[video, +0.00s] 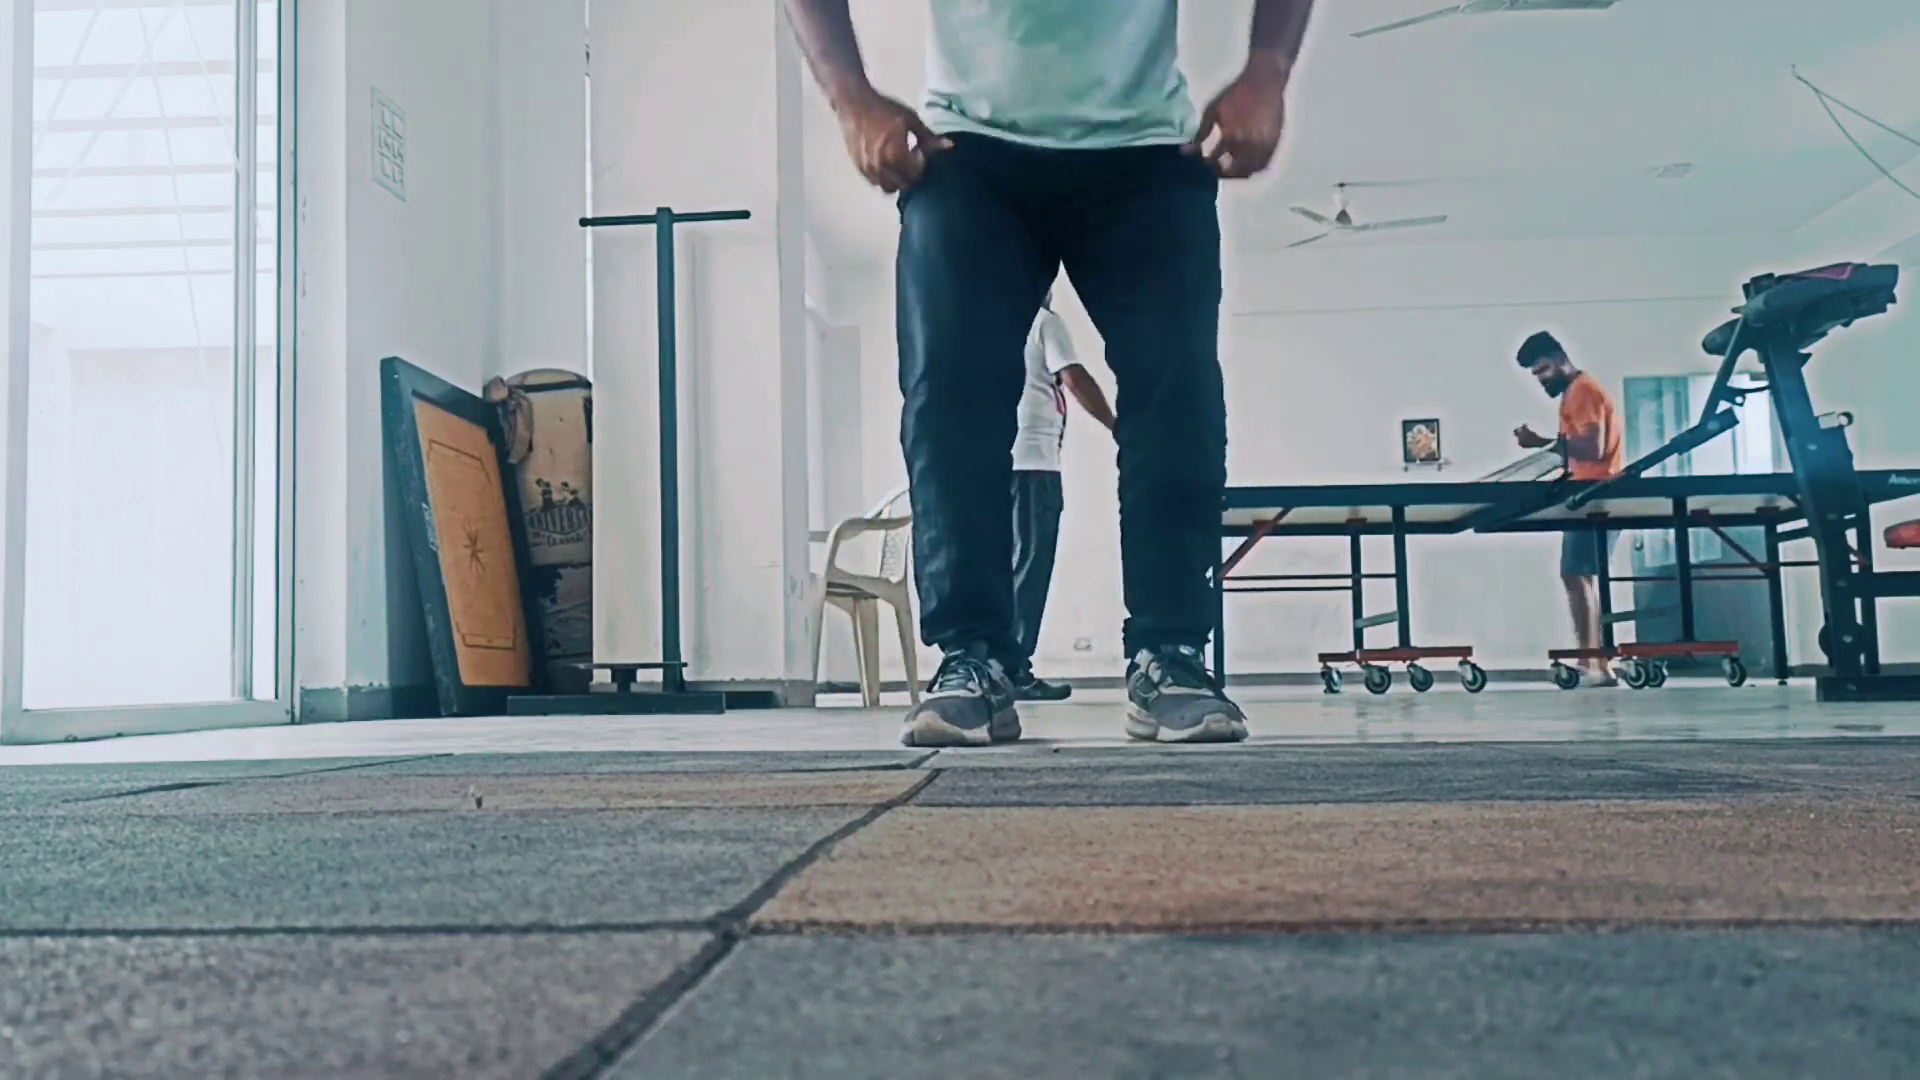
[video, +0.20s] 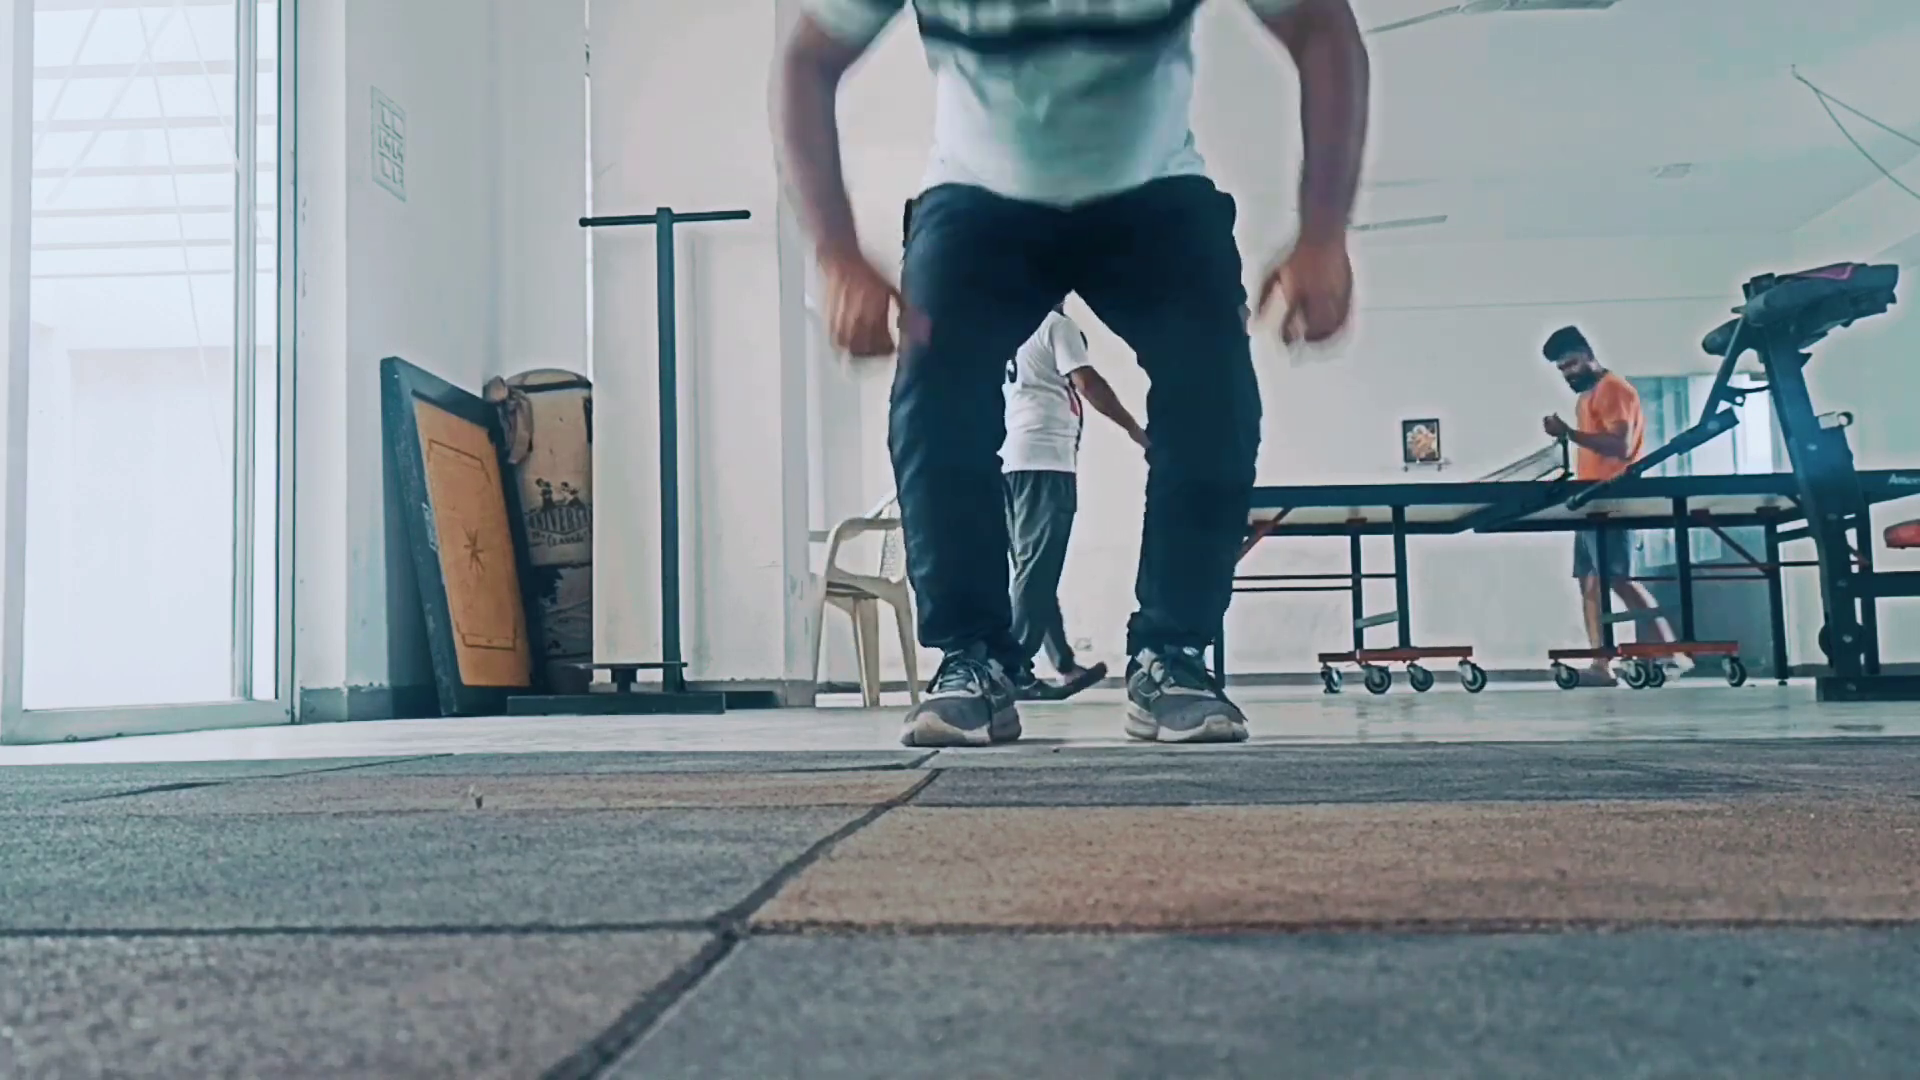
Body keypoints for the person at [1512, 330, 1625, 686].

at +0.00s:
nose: (1539, 379)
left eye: (1541, 369)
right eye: (1535, 373)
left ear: (1559, 360)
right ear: (1550, 366)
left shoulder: (1584, 391)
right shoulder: (1573, 395)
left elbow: (1595, 448)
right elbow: (1576, 448)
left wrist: (1543, 443)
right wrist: (1543, 444)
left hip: (1595, 497)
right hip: (1586, 496)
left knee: (1577, 574)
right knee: (1579, 575)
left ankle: (1592, 664)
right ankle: (1593, 662)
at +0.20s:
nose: (1566, 374)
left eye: (1570, 364)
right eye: (1561, 368)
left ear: (1589, 357)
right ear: (1561, 368)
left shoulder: (1614, 388)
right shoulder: (1586, 400)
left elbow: (1621, 446)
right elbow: (1595, 453)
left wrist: (1568, 434)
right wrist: (1581, 491)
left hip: (1614, 498)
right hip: (1590, 499)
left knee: (1618, 579)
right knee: (1590, 583)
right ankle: (1602, 665)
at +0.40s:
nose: (1603, 370)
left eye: (1608, 361)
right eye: (1596, 365)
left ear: (1625, 355)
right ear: (1593, 366)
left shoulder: (1651, 388)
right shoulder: (1615, 398)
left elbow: (1655, 442)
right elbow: (1624, 453)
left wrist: (1604, 426)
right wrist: (1613, 489)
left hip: (1657, 496)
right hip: (1625, 497)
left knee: (1670, 581)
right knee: (1612, 581)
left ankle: (1711, 661)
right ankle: (1602, 665)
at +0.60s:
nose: (1645, 367)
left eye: (1651, 357)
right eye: (1638, 360)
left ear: (1667, 350)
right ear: (1631, 361)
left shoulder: (1689, 385)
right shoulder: (1648, 391)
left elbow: (1697, 443)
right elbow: (1662, 446)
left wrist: (1651, 418)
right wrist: (1650, 480)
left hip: (1691, 490)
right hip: (1661, 491)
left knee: (1698, 578)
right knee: (1652, 578)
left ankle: (1713, 662)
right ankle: (1644, 659)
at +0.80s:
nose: (1684, 361)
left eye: (1690, 352)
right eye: (1676, 354)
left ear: (1704, 346)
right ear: (1669, 353)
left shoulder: (1728, 377)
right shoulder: (1678, 389)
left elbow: (1745, 435)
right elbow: (1677, 444)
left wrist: (1708, 426)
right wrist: (1673, 489)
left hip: (1723, 482)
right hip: (1689, 485)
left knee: (1718, 571)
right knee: (1696, 579)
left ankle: (1718, 662)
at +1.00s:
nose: (1713, 360)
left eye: (1718, 350)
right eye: (1708, 352)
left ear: (1738, 346)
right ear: (1707, 354)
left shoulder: (1767, 382)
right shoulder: (1711, 390)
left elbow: (1791, 443)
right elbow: (1704, 452)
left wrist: (1743, 416)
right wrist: (1687, 499)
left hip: (1760, 490)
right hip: (1724, 493)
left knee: (1741, 574)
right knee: (1761, 583)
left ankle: (1720, 663)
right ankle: (1814, 655)